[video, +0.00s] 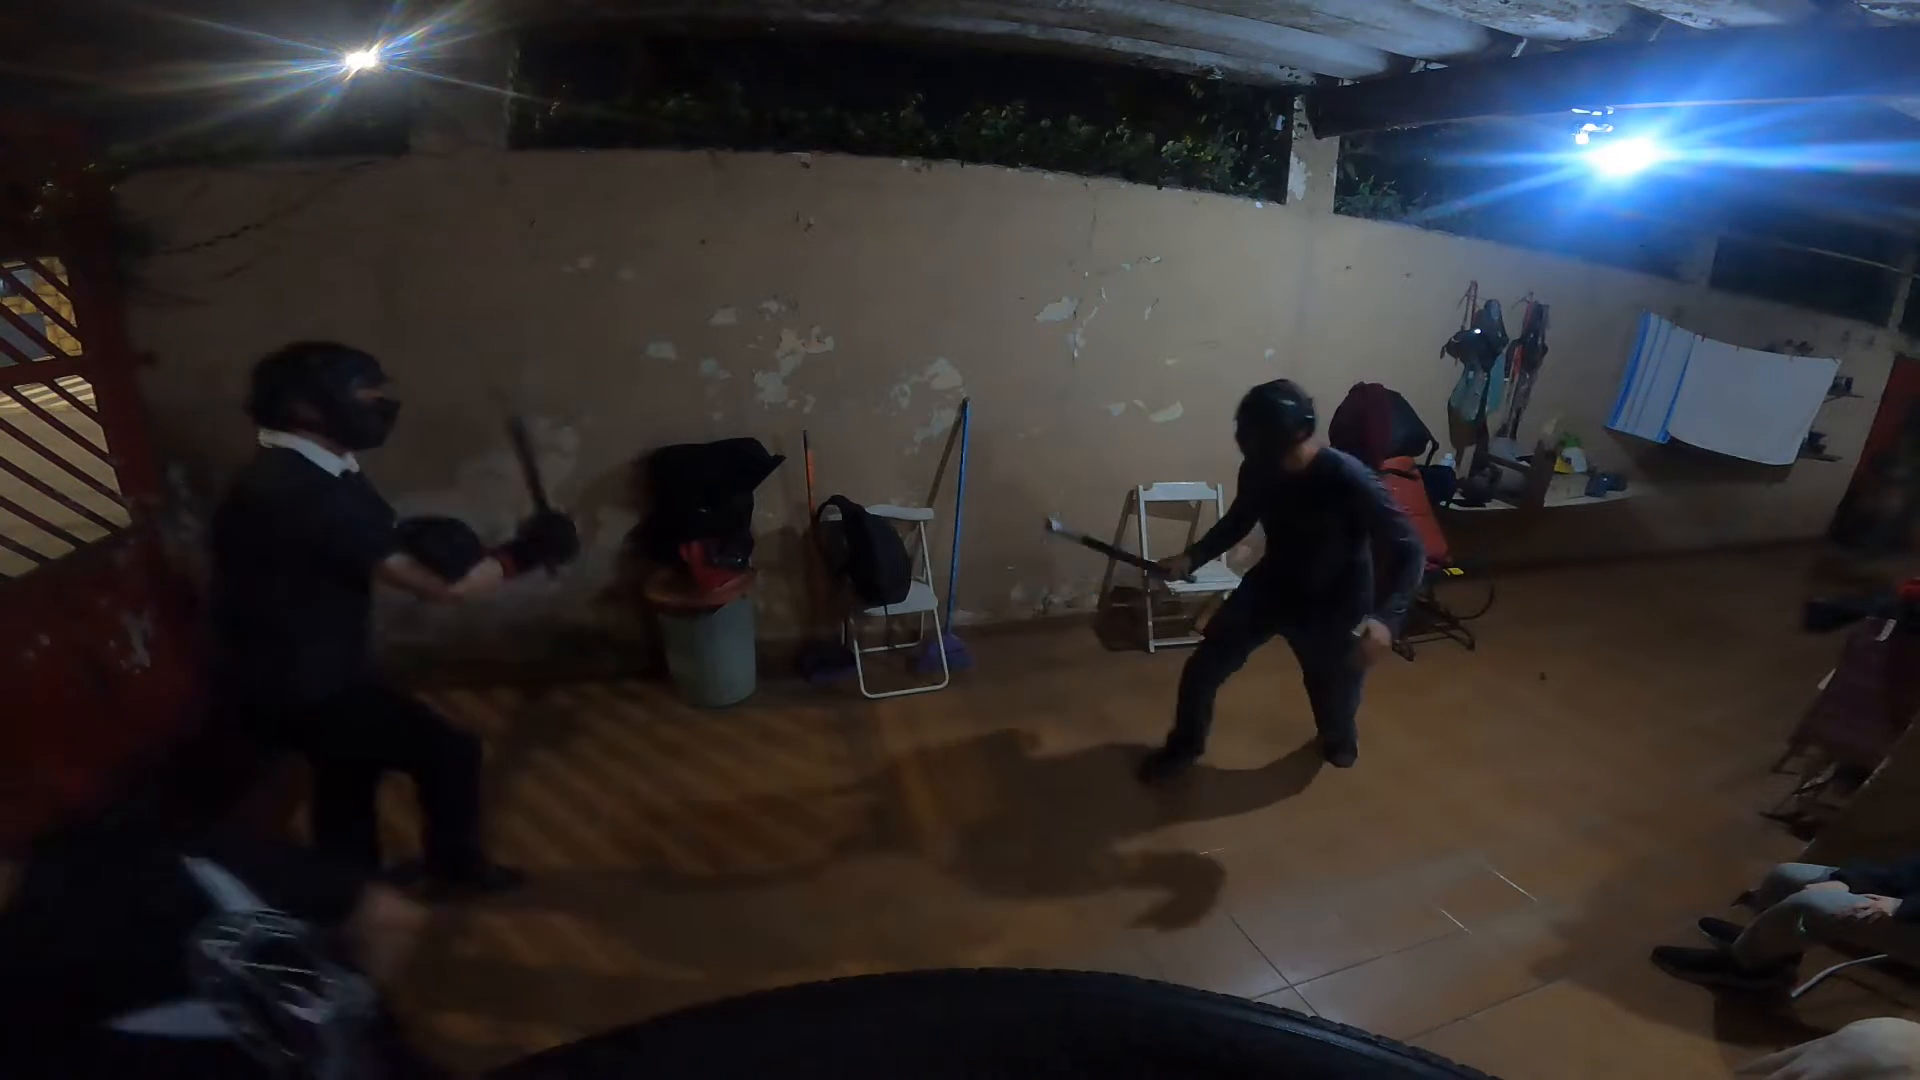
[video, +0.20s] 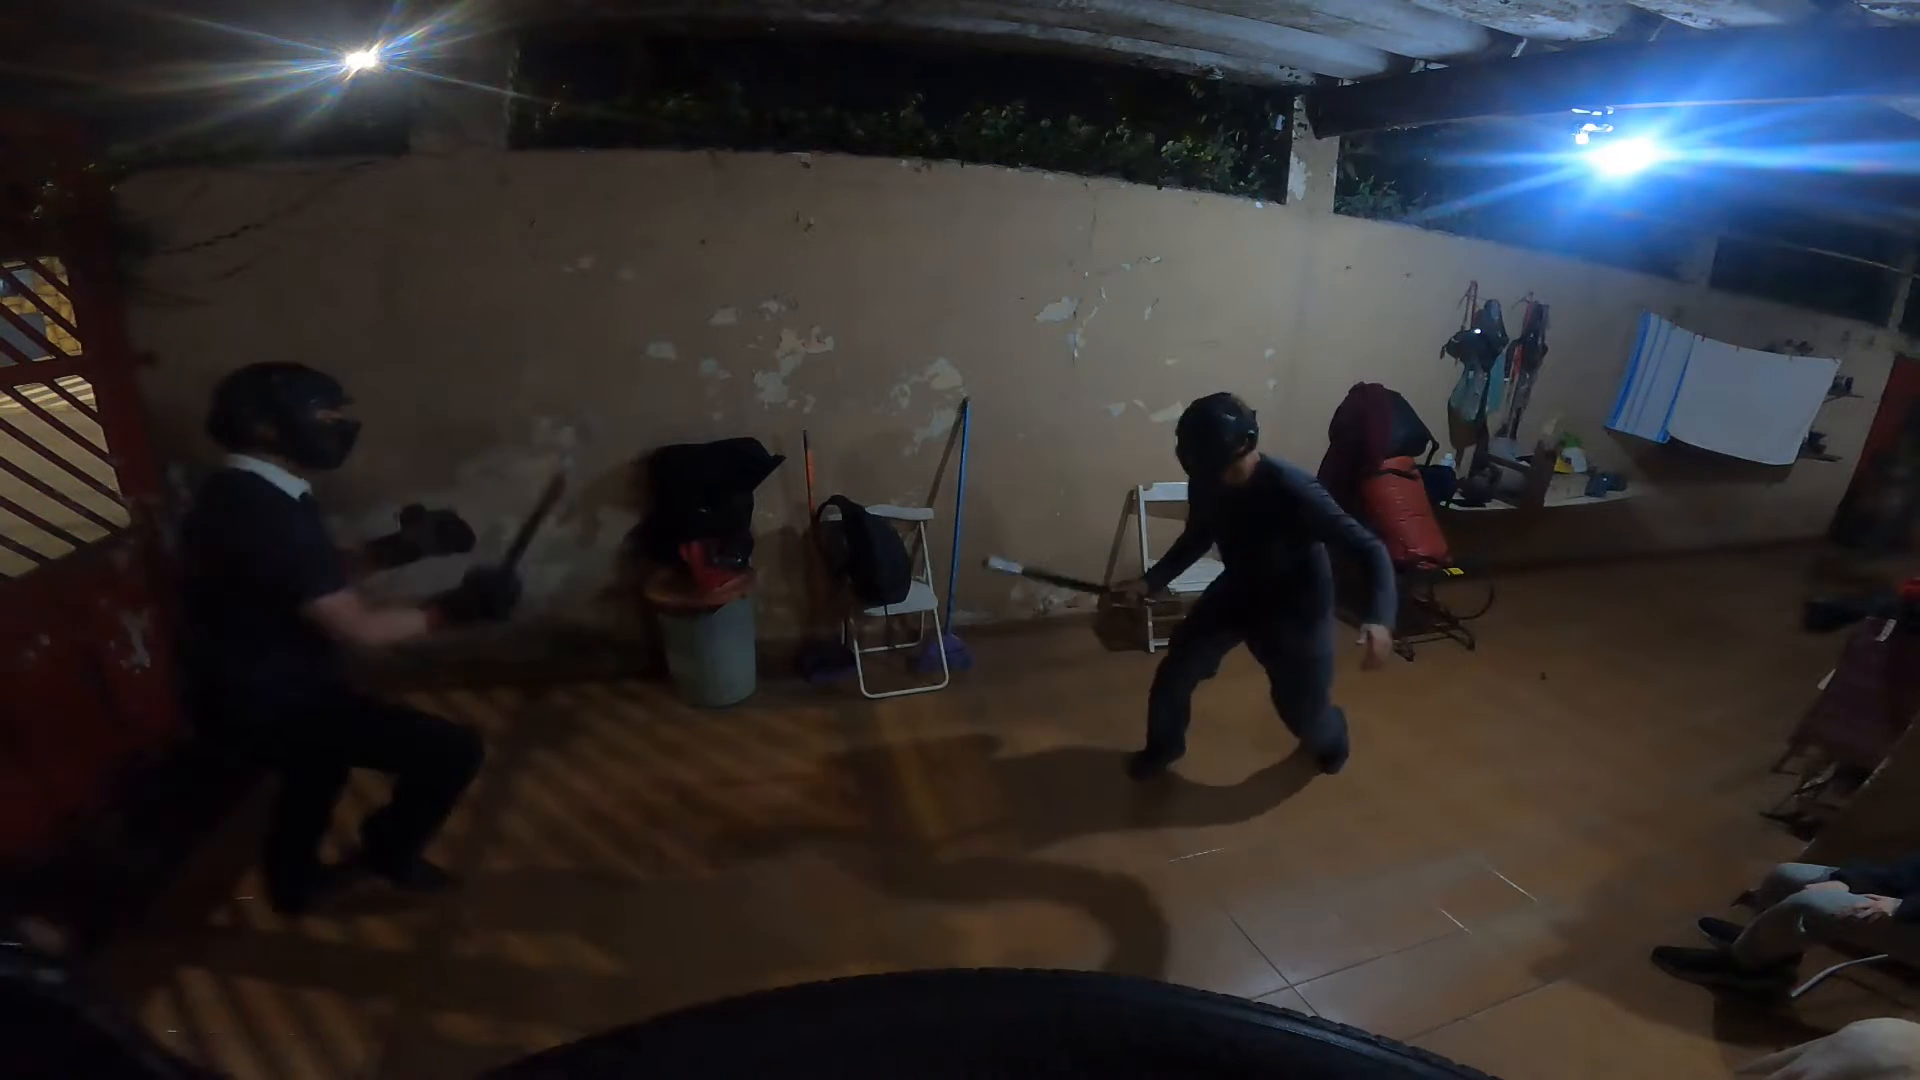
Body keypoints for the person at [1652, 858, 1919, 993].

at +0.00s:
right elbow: (1910, 872)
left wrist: (1903, 908)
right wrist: (1848, 878)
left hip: (1912, 923)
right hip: (1904, 893)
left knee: (1807, 905)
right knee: (1785, 877)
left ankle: (1740, 961)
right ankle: (1756, 944)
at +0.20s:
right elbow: (1910, 871)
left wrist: (1903, 909)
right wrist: (1847, 878)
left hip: (1912, 923)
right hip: (1904, 892)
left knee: (1807, 905)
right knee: (1785, 877)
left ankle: (1739, 961)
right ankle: (1757, 944)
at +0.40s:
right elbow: (1911, 870)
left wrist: (1903, 908)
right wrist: (1847, 878)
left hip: (1911, 921)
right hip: (1903, 890)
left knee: (1806, 905)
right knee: (1785, 877)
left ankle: (1740, 960)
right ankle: (1757, 943)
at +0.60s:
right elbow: (1909, 869)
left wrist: (1903, 908)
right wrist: (1846, 879)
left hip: (1909, 919)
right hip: (1901, 890)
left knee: (1805, 904)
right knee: (1785, 876)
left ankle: (1738, 961)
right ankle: (1756, 942)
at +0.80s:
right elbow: (1910, 870)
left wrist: (1904, 909)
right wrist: (1846, 879)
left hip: (1911, 922)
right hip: (1903, 893)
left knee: (1806, 905)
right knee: (1785, 876)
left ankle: (1738, 962)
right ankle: (1756, 942)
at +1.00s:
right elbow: (1910, 870)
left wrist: (1904, 909)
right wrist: (1845, 879)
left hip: (1911, 922)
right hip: (1903, 893)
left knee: (1805, 906)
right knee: (1785, 876)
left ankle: (1738, 962)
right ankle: (1755, 942)